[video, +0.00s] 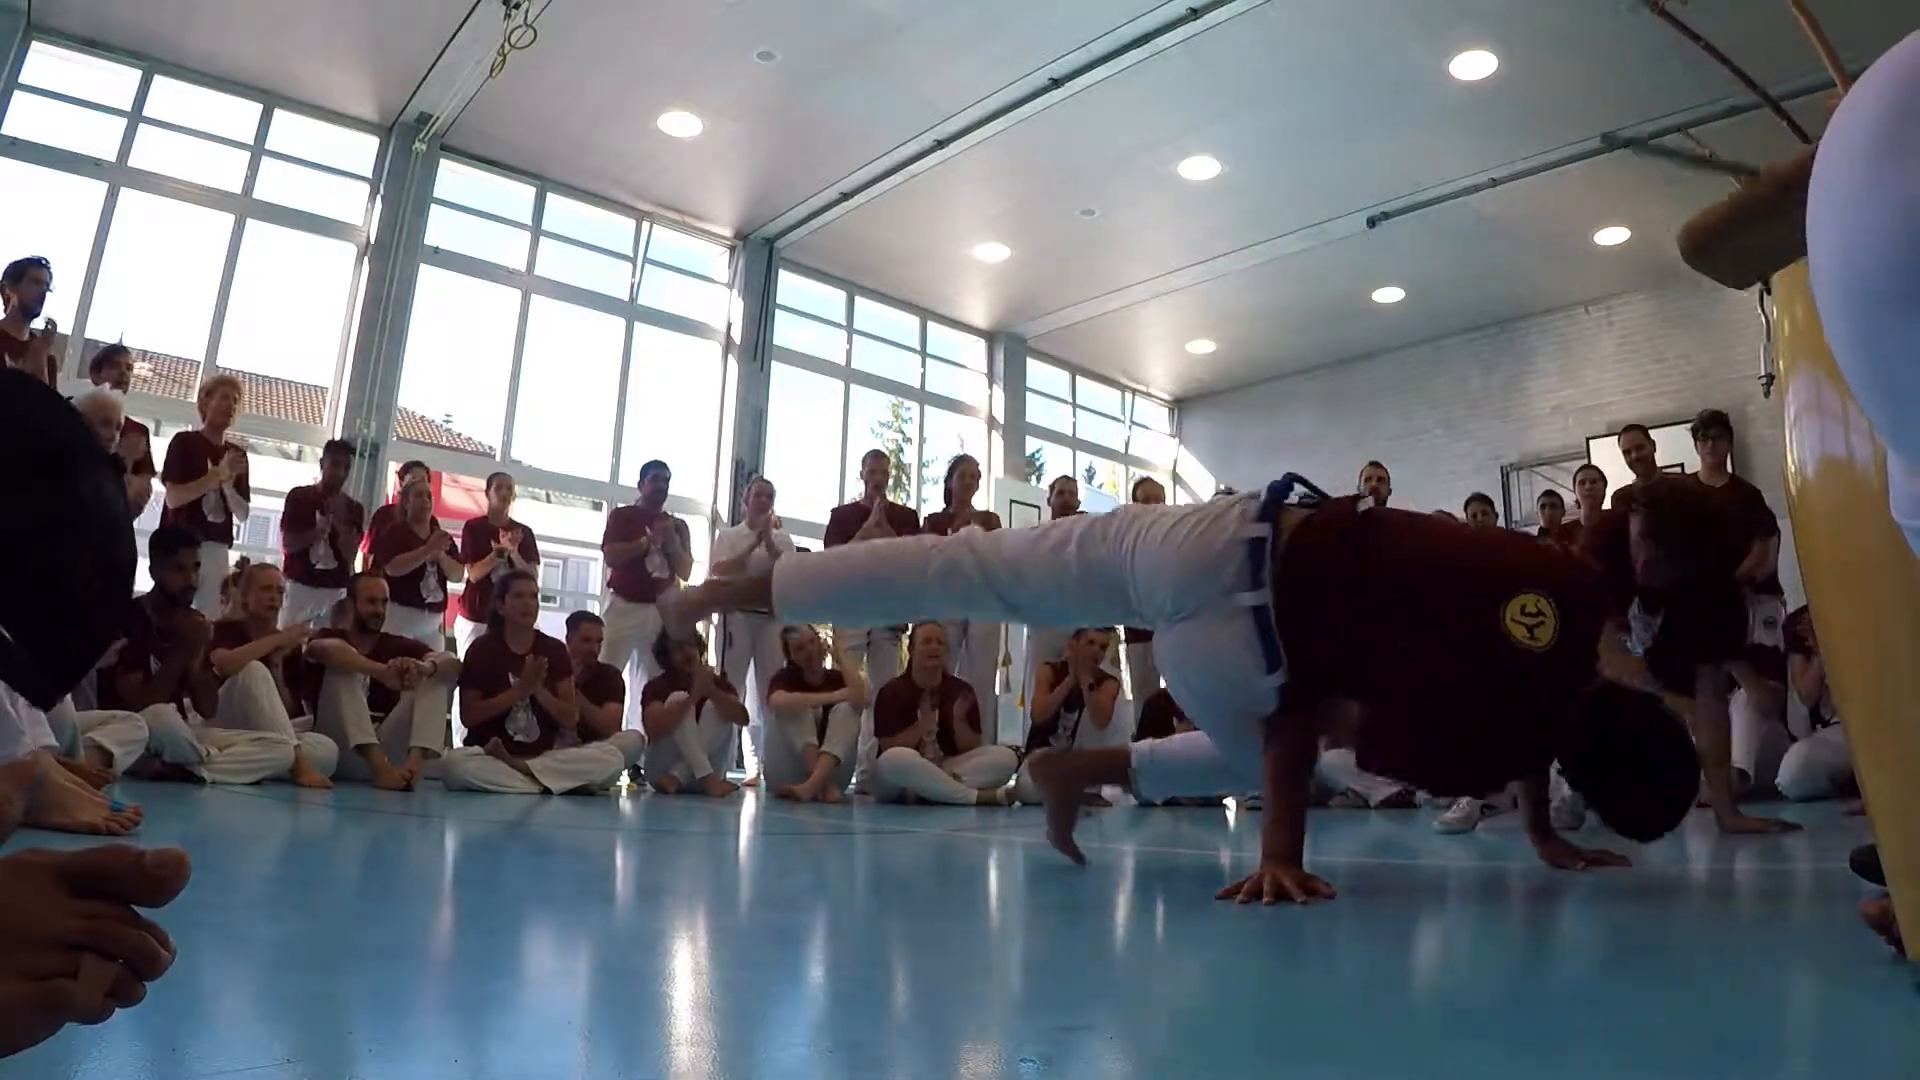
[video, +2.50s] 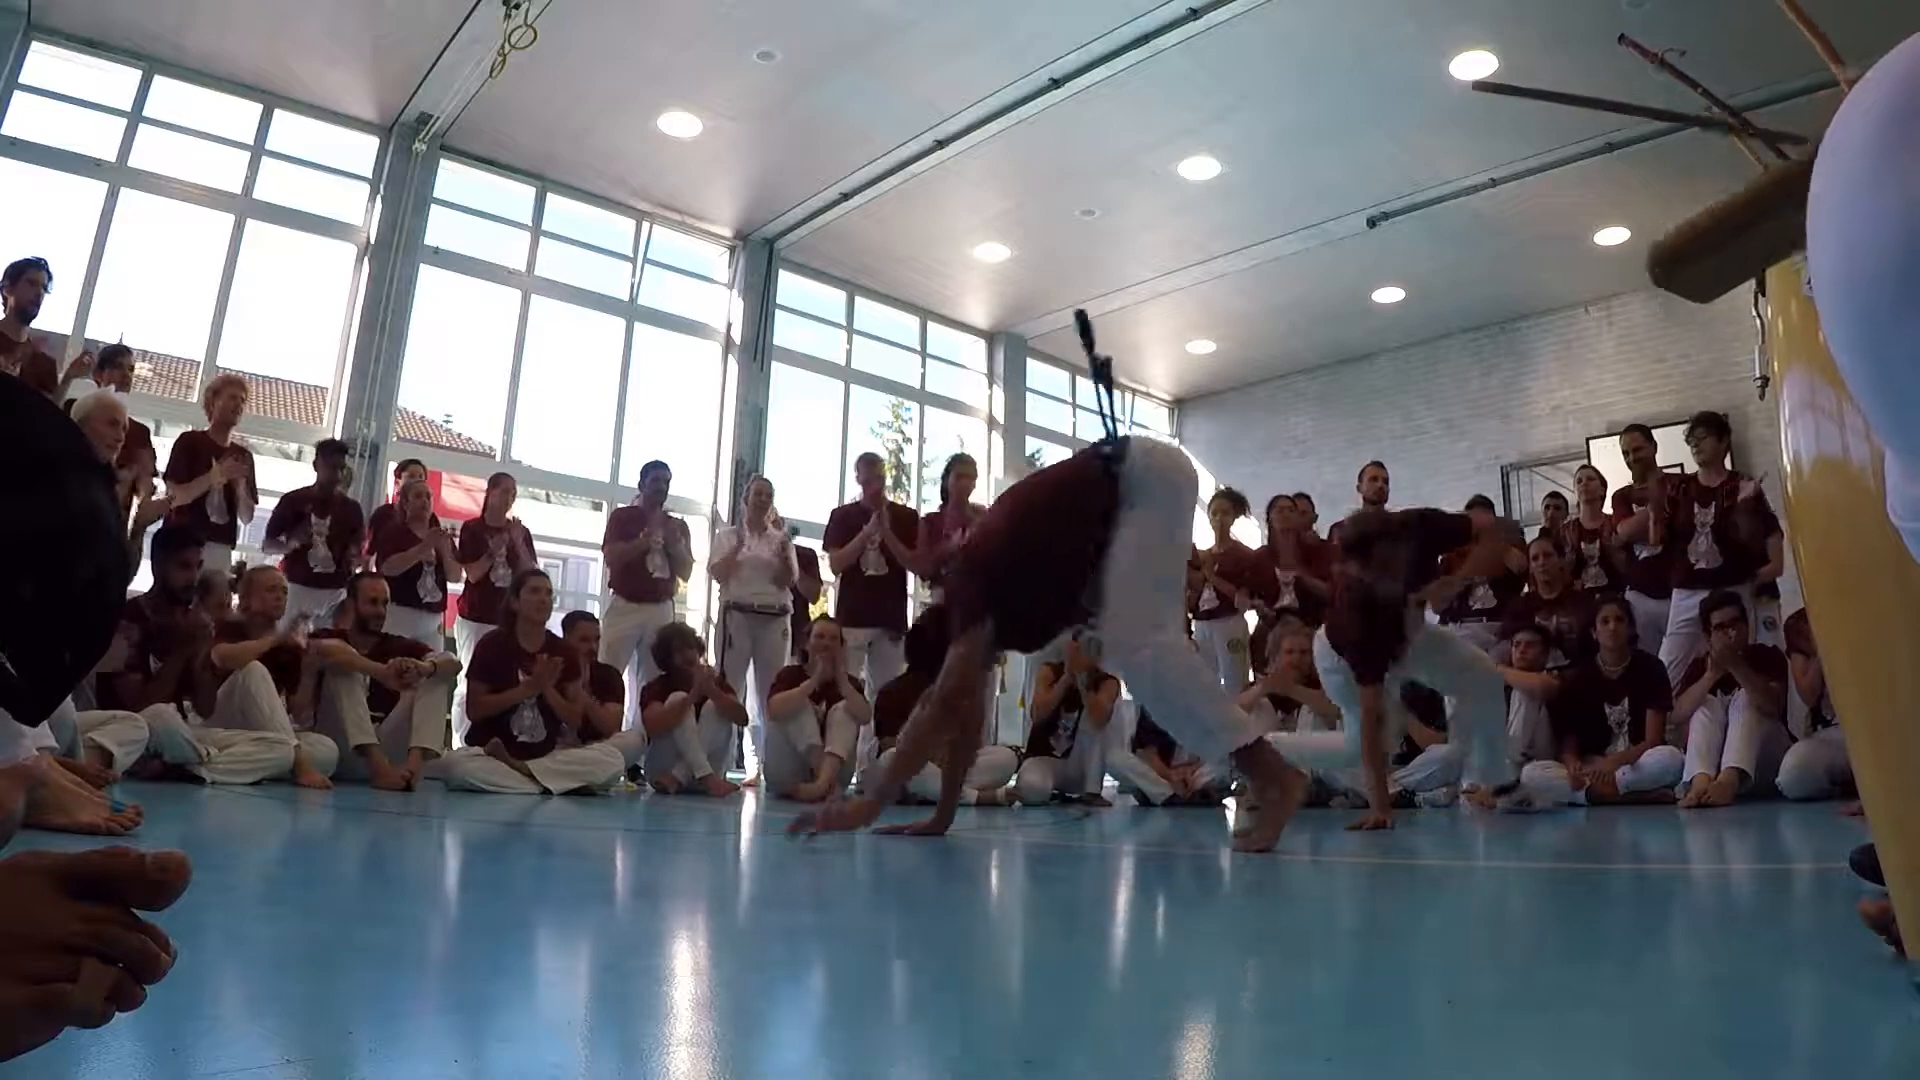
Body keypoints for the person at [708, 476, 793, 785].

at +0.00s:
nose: (763, 501)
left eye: (767, 497)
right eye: (758, 496)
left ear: (774, 502)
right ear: (745, 499)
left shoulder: (782, 539)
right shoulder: (728, 536)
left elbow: (790, 575)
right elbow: (717, 573)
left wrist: (770, 544)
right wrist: (752, 546)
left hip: (771, 620)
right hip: (735, 619)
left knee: (771, 696)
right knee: (730, 692)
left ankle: (767, 765)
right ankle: (723, 765)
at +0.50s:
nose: (761, 499)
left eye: (766, 495)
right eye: (757, 494)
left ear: (772, 502)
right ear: (745, 497)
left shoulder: (780, 536)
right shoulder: (728, 534)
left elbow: (787, 576)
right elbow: (718, 571)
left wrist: (787, 540)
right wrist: (734, 539)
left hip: (775, 616)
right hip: (736, 615)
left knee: (773, 692)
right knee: (730, 690)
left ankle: (771, 764)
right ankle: (726, 763)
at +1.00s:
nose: (761, 499)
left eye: (766, 495)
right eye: (757, 494)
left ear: (773, 501)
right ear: (745, 498)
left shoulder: (783, 538)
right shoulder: (729, 533)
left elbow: (785, 578)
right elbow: (720, 574)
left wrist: (778, 540)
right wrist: (743, 543)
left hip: (774, 617)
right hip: (736, 615)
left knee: (773, 692)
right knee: (730, 689)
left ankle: (771, 762)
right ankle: (727, 762)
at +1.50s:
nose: (761, 500)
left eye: (766, 496)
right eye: (756, 495)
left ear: (773, 502)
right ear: (745, 498)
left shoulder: (783, 538)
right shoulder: (728, 535)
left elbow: (786, 577)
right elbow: (721, 574)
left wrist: (766, 544)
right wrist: (752, 549)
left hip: (775, 618)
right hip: (736, 616)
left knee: (772, 693)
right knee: (730, 690)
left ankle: (768, 763)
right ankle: (725, 764)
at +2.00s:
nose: (759, 500)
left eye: (764, 496)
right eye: (755, 494)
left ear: (772, 502)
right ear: (744, 499)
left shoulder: (779, 538)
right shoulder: (726, 535)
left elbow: (786, 576)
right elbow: (717, 573)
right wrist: (747, 554)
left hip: (774, 618)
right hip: (736, 615)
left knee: (771, 694)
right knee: (729, 690)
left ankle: (768, 765)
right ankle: (723, 764)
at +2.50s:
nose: (761, 499)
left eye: (766, 495)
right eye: (756, 494)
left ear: (772, 501)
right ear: (745, 497)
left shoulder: (781, 539)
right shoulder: (728, 535)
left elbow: (789, 581)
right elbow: (717, 574)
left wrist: (784, 550)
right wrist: (736, 549)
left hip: (774, 616)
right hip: (736, 614)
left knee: (771, 694)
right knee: (729, 691)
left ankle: (767, 764)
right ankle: (724, 765)